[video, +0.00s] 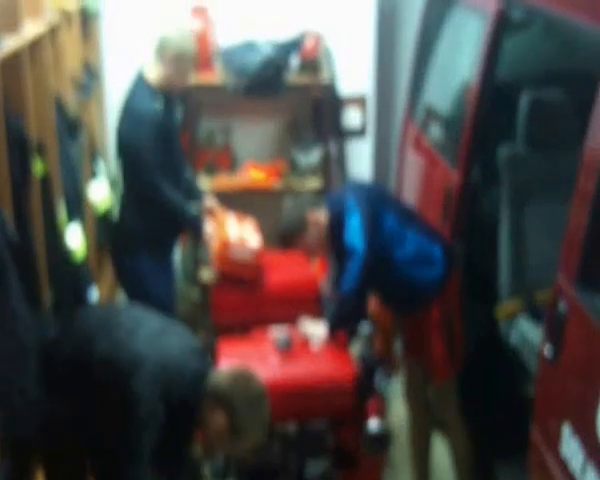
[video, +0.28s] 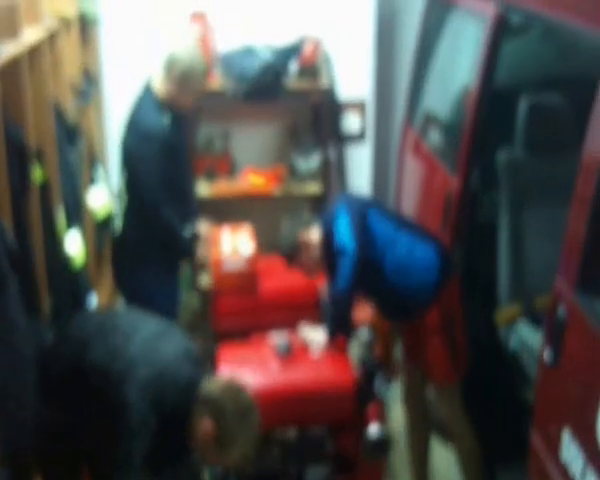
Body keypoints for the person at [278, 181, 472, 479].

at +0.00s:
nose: (312, 251)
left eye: (307, 244)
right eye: (305, 248)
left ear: (313, 223)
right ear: (315, 224)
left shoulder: (354, 200)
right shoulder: (340, 229)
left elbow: (359, 261)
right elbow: (347, 281)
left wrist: (335, 323)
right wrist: (335, 326)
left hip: (438, 292)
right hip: (410, 302)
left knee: (445, 397)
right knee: (416, 400)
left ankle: (464, 471)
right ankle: (415, 471)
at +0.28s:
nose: (314, 270)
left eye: (309, 264)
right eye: (309, 268)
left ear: (307, 243)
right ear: (308, 245)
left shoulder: (344, 211)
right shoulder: (336, 254)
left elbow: (347, 272)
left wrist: (333, 331)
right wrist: (384, 355)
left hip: (436, 294)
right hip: (407, 307)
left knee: (446, 401)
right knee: (413, 398)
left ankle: (473, 471)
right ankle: (418, 473)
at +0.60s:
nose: (310, 296)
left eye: (303, 292)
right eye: (304, 296)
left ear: (300, 268)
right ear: (303, 269)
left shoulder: (332, 229)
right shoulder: (331, 282)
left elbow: (339, 283)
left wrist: (328, 335)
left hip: (429, 293)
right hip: (396, 314)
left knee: (445, 398)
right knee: (406, 401)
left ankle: (473, 472)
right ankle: (414, 474)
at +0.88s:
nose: (313, 314)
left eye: (306, 308)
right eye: (307, 313)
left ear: (302, 284)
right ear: (306, 283)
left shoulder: (330, 236)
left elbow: (338, 276)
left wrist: (327, 337)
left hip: (430, 292)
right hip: (397, 315)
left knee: (442, 408)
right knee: (400, 406)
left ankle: (470, 473)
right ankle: (413, 475)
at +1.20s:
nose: (320, 295)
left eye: (312, 289)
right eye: (312, 294)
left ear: (307, 265)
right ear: (308, 263)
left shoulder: (339, 225)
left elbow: (344, 284)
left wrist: (326, 334)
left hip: (430, 293)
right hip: (399, 311)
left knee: (436, 406)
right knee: (404, 403)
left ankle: (460, 472)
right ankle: (413, 473)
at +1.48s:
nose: (320, 264)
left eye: (315, 260)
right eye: (314, 264)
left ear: (312, 239)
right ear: (312, 238)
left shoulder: (349, 205)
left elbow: (355, 264)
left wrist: (330, 329)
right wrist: (374, 335)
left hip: (428, 297)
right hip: (402, 305)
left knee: (430, 397)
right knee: (410, 397)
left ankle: (443, 471)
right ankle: (416, 472)